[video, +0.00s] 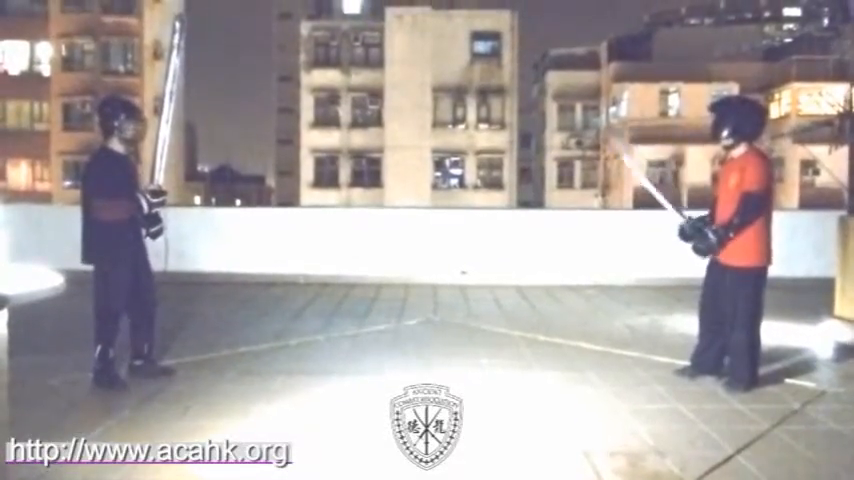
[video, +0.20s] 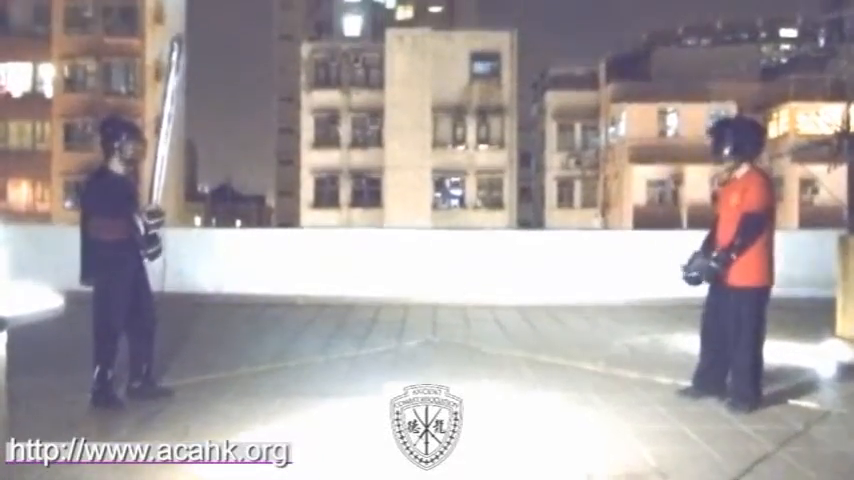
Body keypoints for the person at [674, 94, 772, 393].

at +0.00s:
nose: (717, 129)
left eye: (722, 123)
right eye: (718, 123)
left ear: (738, 127)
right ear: (730, 127)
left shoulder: (755, 163)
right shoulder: (725, 163)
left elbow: (751, 206)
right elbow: (722, 207)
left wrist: (720, 235)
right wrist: (702, 223)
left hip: (747, 256)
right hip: (723, 253)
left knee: (741, 317)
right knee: (712, 310)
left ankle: (741, 374)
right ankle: (706, 362)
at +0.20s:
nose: (719, 150)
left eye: (724, 143)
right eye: (719, 143)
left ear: (740, 145)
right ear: (726, 146)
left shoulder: (756, 182)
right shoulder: (727, 183)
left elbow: (753, 224)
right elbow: (719, 225)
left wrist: (725, 257)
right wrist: (703, 254)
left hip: (749, 276)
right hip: (724, 272)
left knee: (744, 336)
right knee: (715, 329)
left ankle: (744, 393)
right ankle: (708, 382)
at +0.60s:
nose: (706, 192)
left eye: (710, 185)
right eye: (705, 186)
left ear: (727, 182)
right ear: (711, 185)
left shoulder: (754, 212)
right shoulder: (719, 218)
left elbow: (746, 255)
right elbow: (717, 259)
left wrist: (721, 288)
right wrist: (710, 291)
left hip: (756, 306)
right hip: (729, 304)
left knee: (753, 367)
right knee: (717, 361)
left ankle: (749, 422)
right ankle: (709, 411)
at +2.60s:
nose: (718, 188)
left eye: (721, 181)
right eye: (717, 182)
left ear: (736, 178)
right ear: (733, 180)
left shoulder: (766, 207)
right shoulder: (736, 212)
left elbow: (760, 249)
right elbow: (730, 255)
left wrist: (733, 285)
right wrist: (719, 286)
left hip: (764, 302)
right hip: (739, 300)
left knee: (761, 363)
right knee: (727, 356)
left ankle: (757, 420)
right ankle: (719, 408)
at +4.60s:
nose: (711, 181)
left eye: (714, 173)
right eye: (710, 174)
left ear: (730, 171)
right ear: (725, 173)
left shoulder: (760, 202)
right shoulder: (727, 205)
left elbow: (752, 245)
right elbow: (722, 248)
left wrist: (725, 280)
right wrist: (712, 279)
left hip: (756, 294)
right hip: (730, 292)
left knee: (752, 356)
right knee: (719, 348)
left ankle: (750, 413)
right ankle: (712, 400)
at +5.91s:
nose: (724, 166)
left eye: (727, 158)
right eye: (723, 160)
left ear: (743, 156)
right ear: (738, 159)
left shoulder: (772, 187)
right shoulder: (739, 193)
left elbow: (765, 231)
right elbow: (735, 235)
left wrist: (738, 267)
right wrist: (724, 268)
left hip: (769, 282)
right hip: (743, 280)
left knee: (765, 344)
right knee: (732, 336)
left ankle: (764, 400)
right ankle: (726, 388)